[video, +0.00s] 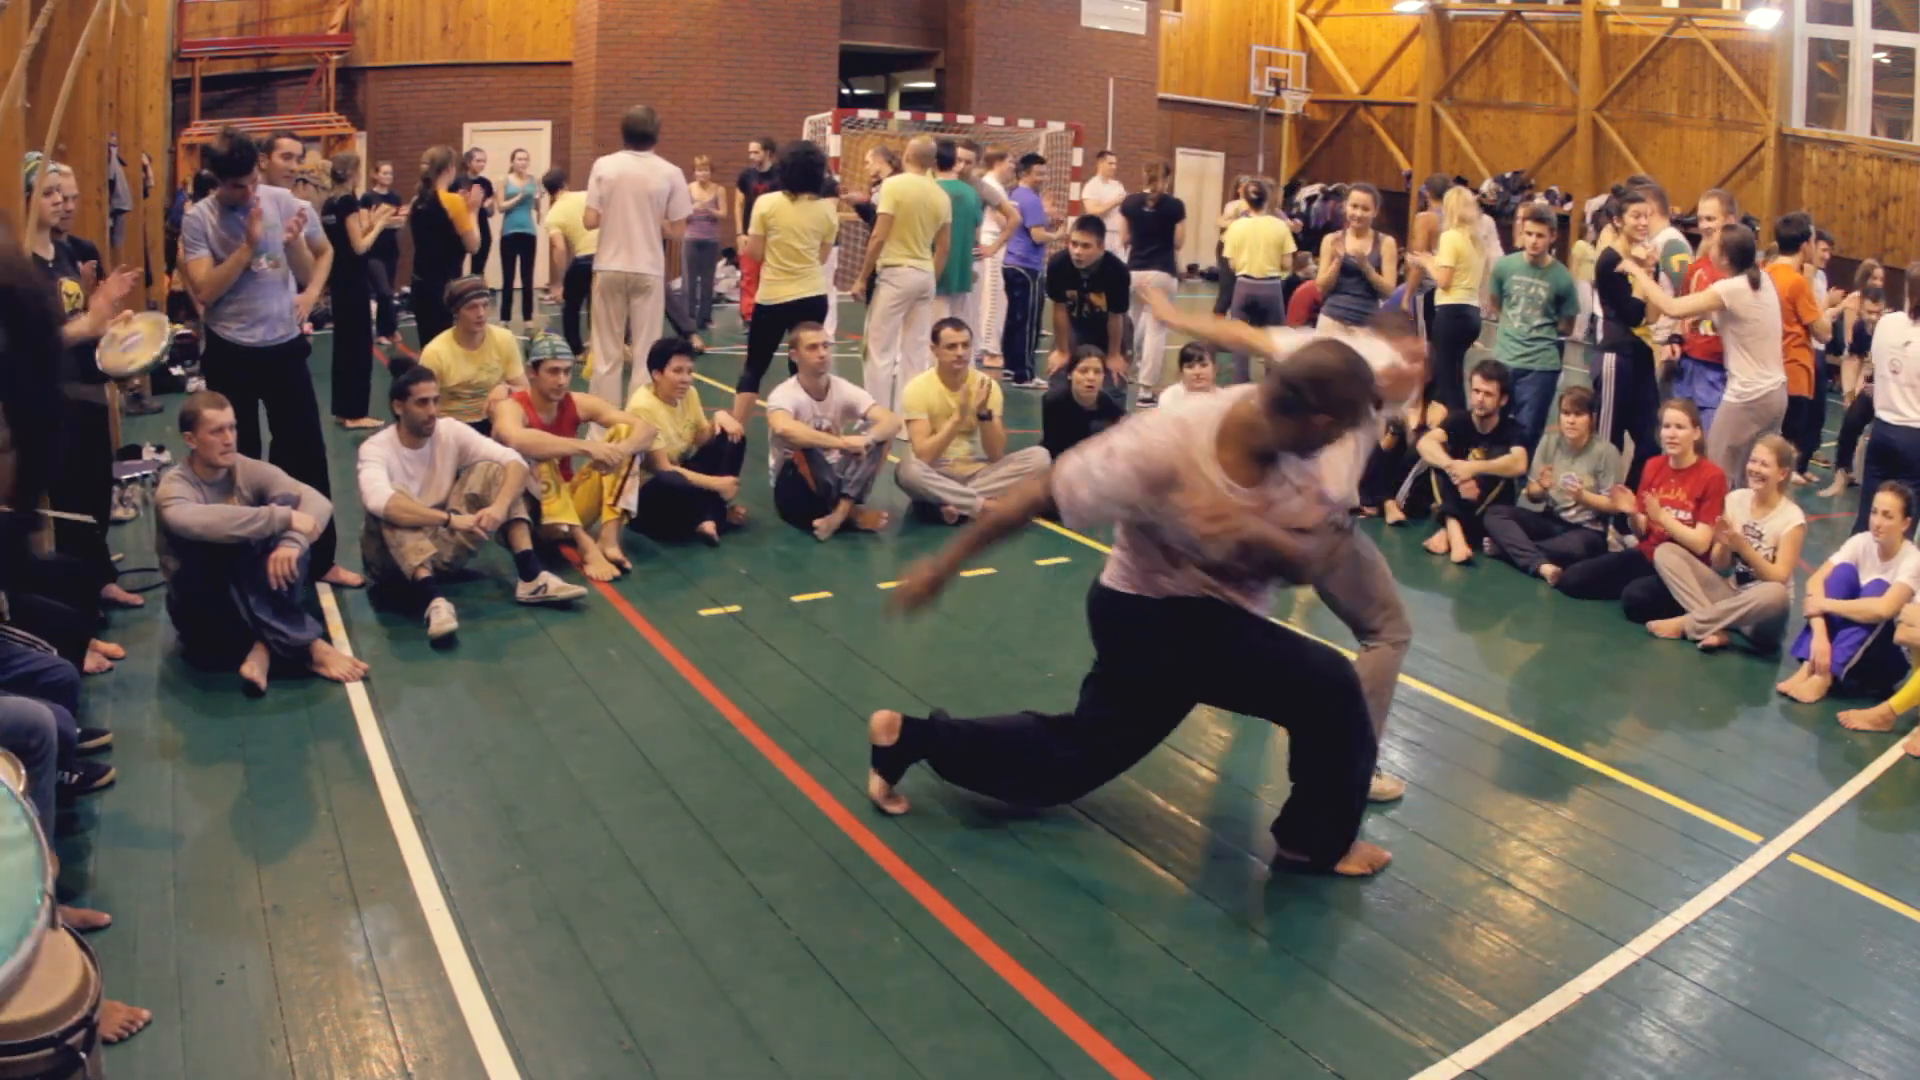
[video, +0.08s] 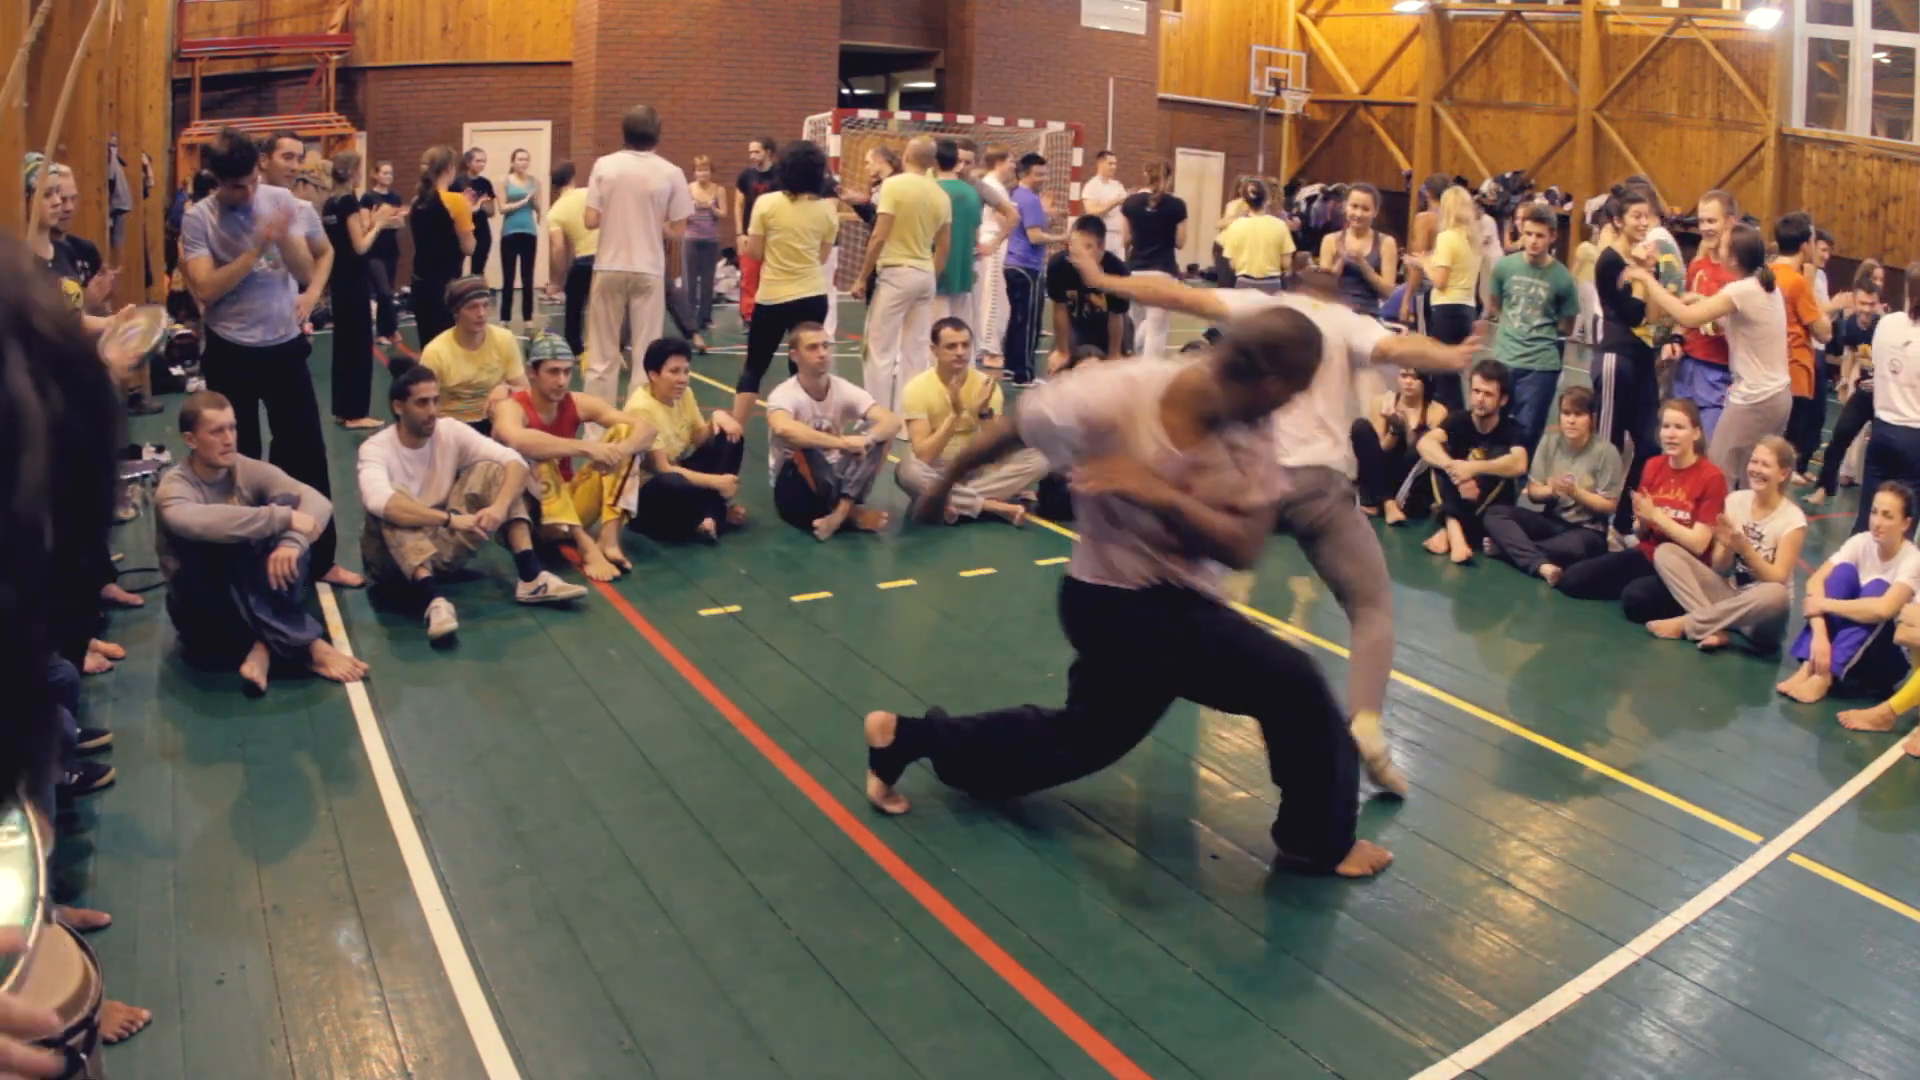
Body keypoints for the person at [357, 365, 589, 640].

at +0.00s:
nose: (432, 411)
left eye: (435, 401)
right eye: (422, 403)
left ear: (440, 401)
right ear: (397, 407)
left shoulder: (450, 430)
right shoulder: (375, 449)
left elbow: (516, 463)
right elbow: (380, 502)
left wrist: (500, 508)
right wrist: (449, 519)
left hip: (449, 546)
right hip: (399, 552)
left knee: (493, 470)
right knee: (395, 499)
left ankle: (532, 577)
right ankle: (434, 601)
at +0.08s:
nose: (432, 411)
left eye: (435, 401)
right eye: (422, 403)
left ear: (440, 400)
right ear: (397, 407)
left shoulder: (450, 431)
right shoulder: (375, 449)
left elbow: (516, 463)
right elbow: (380, 502)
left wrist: (500, 508)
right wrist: (449, 519)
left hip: (449, 546)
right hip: (398, 552)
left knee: (492, 470)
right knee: (394, 499)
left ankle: (532, 576)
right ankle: (434, 601)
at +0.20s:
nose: (432, 410)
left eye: (436, 401)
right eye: (422, 403)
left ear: (440, 400)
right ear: (398, 407)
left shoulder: (450, 430)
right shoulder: (375, 449)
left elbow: (516, 463)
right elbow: (380, 502)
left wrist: (500, 508)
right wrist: (449, 519)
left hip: (449, 546)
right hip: (398, 552)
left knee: (493, 470)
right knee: (395, 499)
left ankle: (531, 576)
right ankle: (434, 601)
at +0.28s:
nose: (432, 410)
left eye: (436, 401)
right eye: (423, 402)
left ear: (440, 400)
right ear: (398, 406)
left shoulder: (450, 430)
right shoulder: (375, 449)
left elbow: (516, 463)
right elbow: (380, 502)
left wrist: (500, 509)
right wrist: (450, 519)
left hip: (449, 546)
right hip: (398, 552)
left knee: (493, 469)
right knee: (395, 500)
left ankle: (531, 576)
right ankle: (434, 601)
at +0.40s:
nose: (433, 410)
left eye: (436, 400)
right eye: (423, 402)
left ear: (440, 400)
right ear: (398, 406)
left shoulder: (450, 430)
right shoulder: (375, 449)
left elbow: (516, 463)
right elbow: (380, 502)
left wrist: (500, 509)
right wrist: (450, 519)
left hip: (449, 546)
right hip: (398, 552)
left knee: (493, 469)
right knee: (395, 499)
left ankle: (531, 576)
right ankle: (434, 601)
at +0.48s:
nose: (434, 410)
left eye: (436, 400)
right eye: (424, 402)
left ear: (440, 399)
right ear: (398, 406)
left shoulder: (450, 430)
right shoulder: (375, 449)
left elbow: (516, 463)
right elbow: (380, 502)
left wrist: (500, 508)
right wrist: (450, 519)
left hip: (449, 547)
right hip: (398, 553)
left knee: (492, 469)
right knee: (395, 499)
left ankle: (531, 576)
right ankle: (435, 601)